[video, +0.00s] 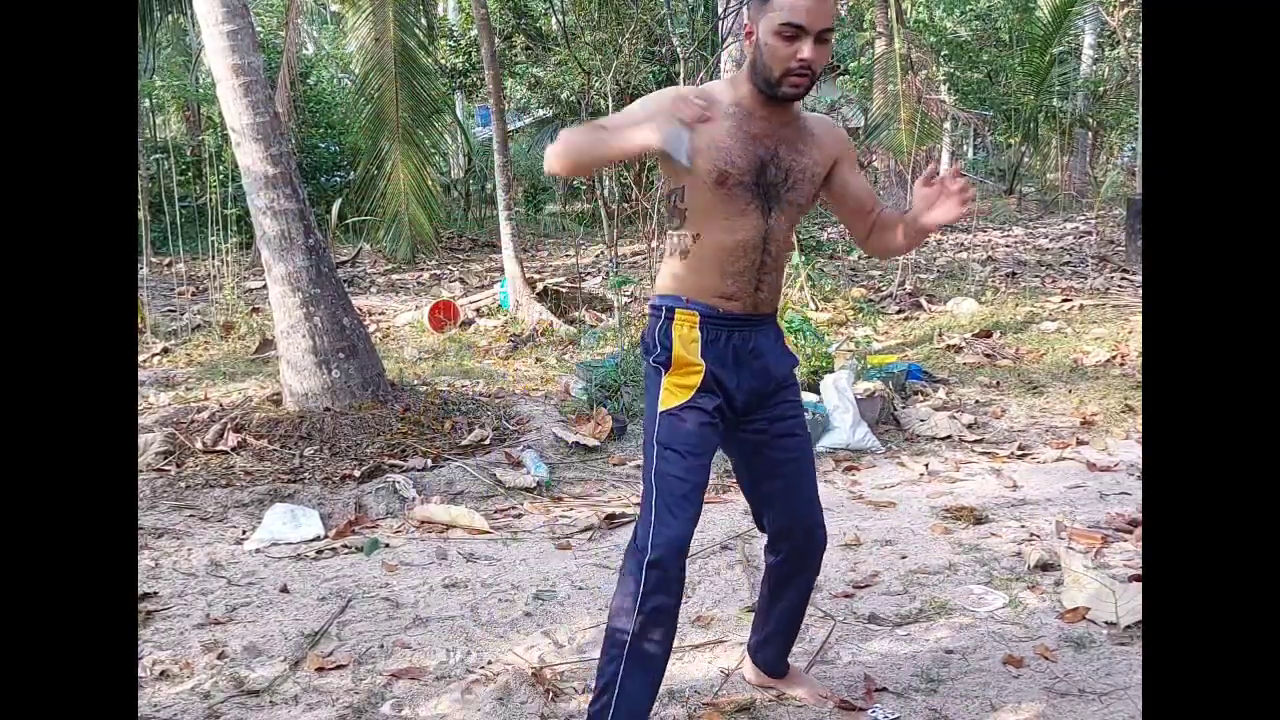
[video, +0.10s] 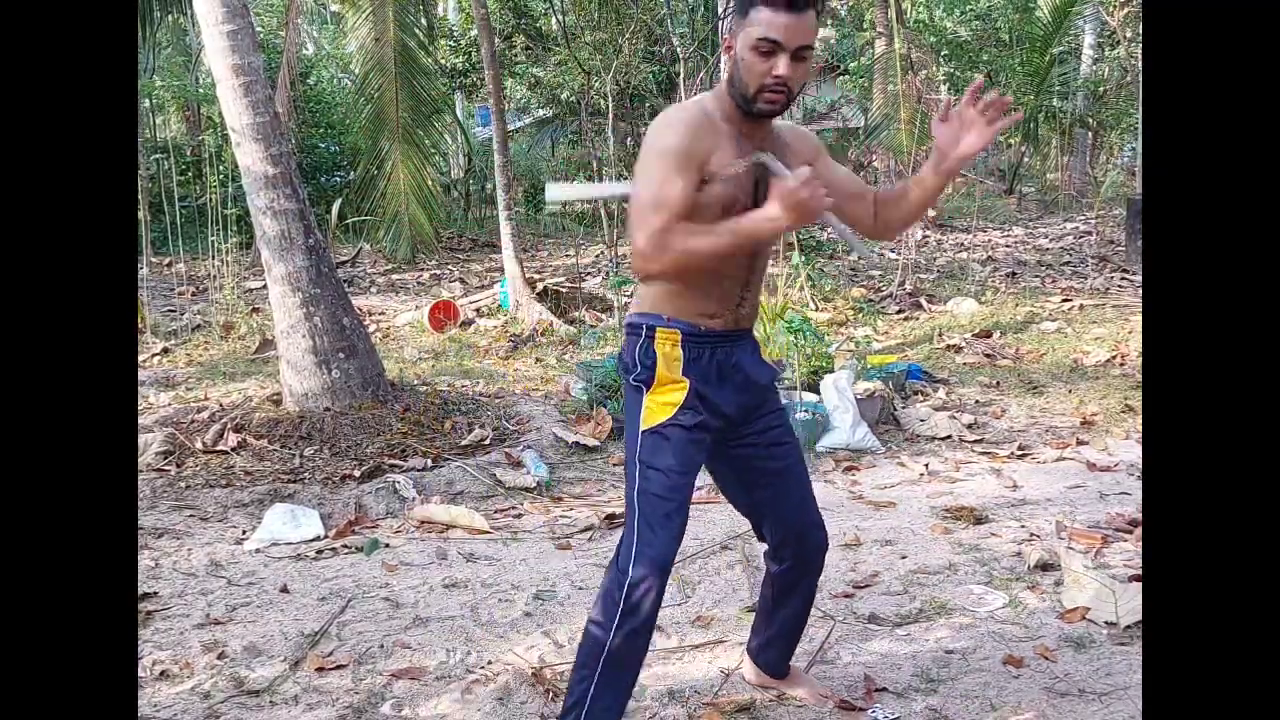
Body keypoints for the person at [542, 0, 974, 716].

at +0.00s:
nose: (809, 56)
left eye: (824, 38)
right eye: (791, 34)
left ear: (835, 41)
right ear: (747, 29)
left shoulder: (826, 140)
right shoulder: (689, 108)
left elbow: (877, 233)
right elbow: (560, 155)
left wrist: (916, 222)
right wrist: (643, 134)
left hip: (763, 345)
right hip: (686, 339)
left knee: (801, 533)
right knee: (663, 541)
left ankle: (768, 662)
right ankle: (614, 711)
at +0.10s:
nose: (783, 72)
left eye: (800, 55)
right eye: (766, 49)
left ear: (813, 58)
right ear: (728, 43)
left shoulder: (793, 142)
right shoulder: (682, 128)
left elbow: (878, 215)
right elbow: (649, 253)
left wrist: (939, 168)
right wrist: (770, 219)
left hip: (739, 359)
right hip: (668, 355)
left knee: (800, 537)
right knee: (645, 563)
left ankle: (768, 666)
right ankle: (585, 714)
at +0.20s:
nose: (734, 86)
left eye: (756, 72)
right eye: (718, 63)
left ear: (772, 77)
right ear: (685, 59)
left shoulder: (735, 142)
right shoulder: (669, 150)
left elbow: (836, 162)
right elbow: (734, 287)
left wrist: (898, 98)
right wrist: (777, 196)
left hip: (694, 381)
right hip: (623, 385)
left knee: (768, 541)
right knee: (610, 593)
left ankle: (768, 666)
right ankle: (561, 716)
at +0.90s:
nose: (610, 157)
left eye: (613, 134)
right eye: (589, 142)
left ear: (615, 122)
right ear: (525, 148)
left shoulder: (629, 210)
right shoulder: (442, 207)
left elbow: (724, 328)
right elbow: (350, 286)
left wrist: (628, 426)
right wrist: (271, 333)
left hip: (588, 410)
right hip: (489, 416)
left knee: (690, 598)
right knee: (520, 631)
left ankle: (550, 652)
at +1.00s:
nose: (631, 164)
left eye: (633, 143)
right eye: (610, 150)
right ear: (546, 153)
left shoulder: (643, 224)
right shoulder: (463, 208)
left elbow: (633, 383)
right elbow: (341, 302)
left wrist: (488, 403)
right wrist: (388, 220)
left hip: (621, 433)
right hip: (523, 440)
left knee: (736, 544)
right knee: (532, 621)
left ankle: (700, 625)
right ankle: (525, 715)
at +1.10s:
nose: (648, 167)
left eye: (649, 146)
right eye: (628, 154)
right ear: (566, 159)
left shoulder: (655, 226)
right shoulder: (495, 202)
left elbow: (595, 373)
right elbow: (352, 269)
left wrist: (456, 349)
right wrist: (443, 194)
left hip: (632, 414)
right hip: (545, 421)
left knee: (732, 536)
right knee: (558, 603)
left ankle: (718, 623)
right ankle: (538, 714)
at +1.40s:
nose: (699, 107)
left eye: (695, 94)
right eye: (688, 100)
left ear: (630, 116)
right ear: (640, 125)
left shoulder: (594, 134)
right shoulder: (627, 218)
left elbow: (677, 149)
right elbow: (750, 258)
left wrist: (725, 208)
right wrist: (794, 257)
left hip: (626, 373)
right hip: (637, 391)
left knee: (731, 494)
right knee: (649, 598)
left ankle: (721, 643)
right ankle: (558, 712)